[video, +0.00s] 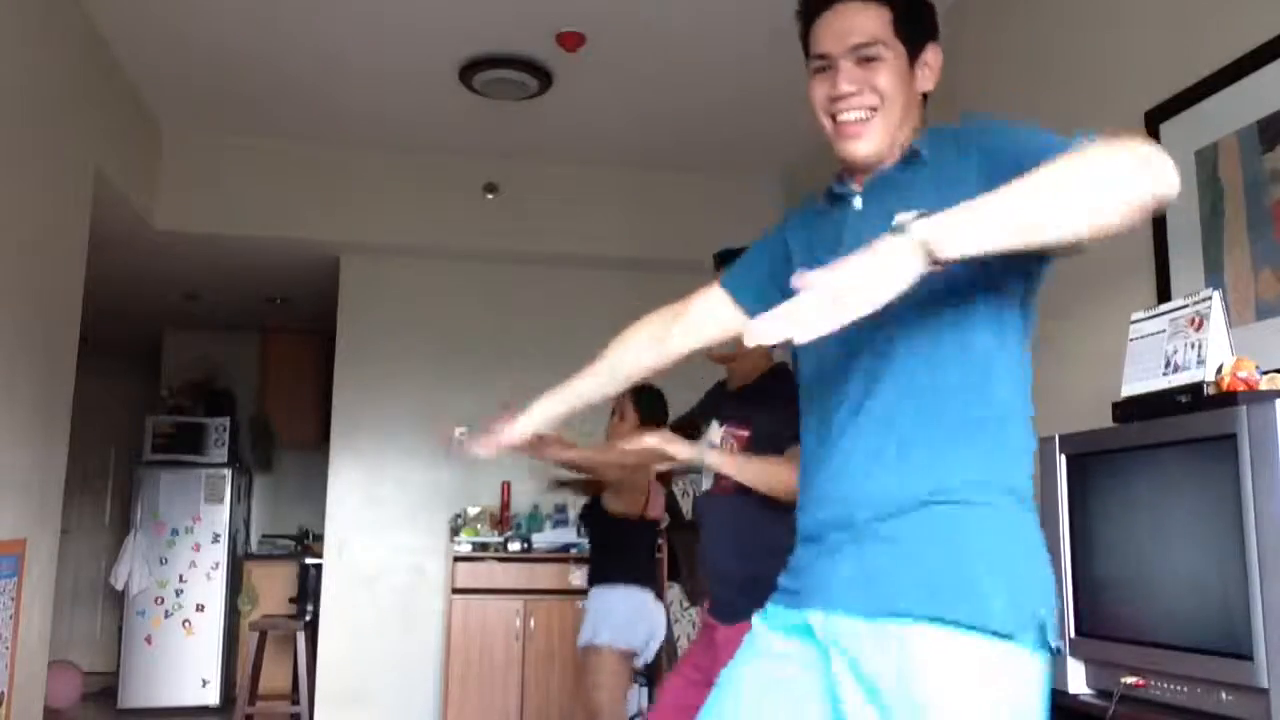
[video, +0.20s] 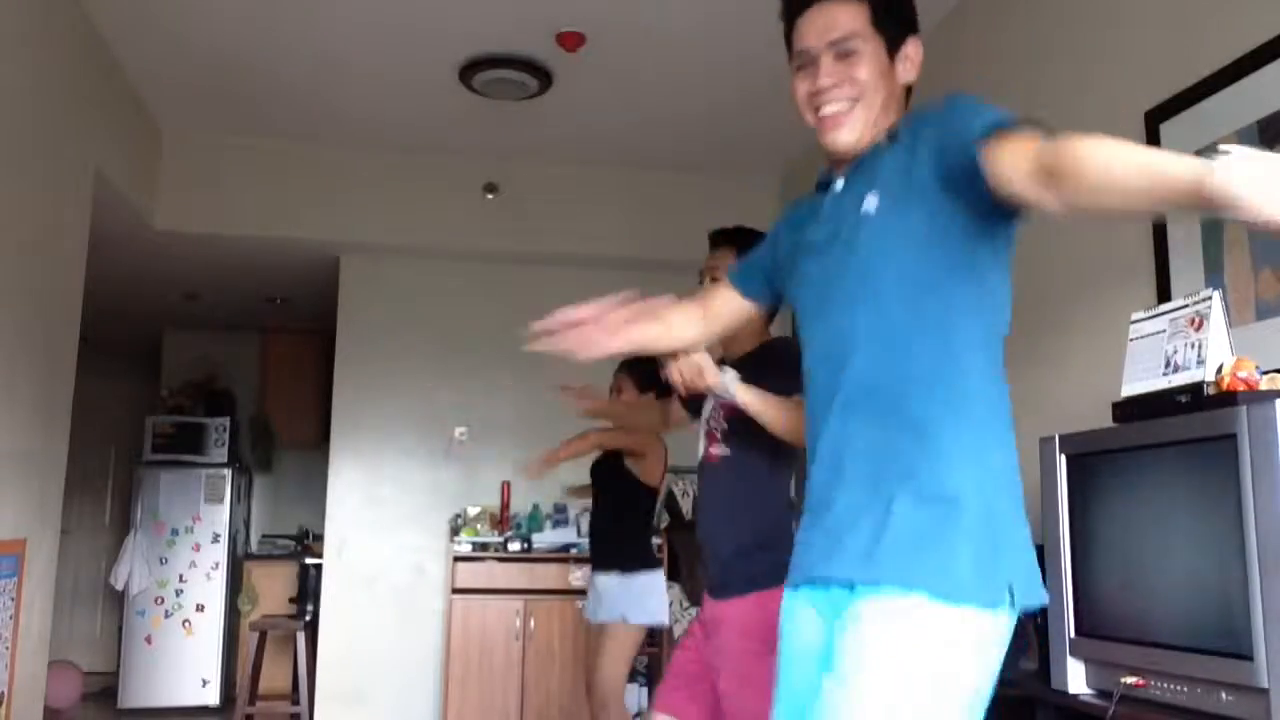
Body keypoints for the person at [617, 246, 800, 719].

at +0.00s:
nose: (715, 324)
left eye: (730, 308)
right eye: (713, 310)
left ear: (763, 318)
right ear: (706, 322)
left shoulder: (794, 391)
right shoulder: (721, 396)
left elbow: (800, 481)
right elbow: (664, 449)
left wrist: (699, 454)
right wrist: (573, 455)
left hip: (772, 622)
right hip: (716, 619)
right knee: (665, 711)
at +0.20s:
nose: (707, 290)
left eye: (719, 277)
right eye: (705, 278)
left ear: (760, 285)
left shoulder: (785, 356)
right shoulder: (719, 369)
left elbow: (811, 430)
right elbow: (667, 413)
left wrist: (731, 384)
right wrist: (604, 409)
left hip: (765, 594)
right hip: (718, 597)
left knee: (752, 712)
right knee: (672, 710)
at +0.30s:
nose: (707, 305)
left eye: (720, 292)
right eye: (706, 292)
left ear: (758, 299)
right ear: (703, 301)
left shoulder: (777, 376)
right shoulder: (708, 386)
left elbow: (804, 446)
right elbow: (653, 415)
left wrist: (740, 441)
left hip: (754, 587)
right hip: (716, 589)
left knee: (722, 710)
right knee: (709, 708)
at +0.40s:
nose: (719, 338)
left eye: (730, 324)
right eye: (713, 324)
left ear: (756, 330)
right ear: (708, 332)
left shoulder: (785, 397)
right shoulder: (718, 404)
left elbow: (807, 487)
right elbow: (663, 437)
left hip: (759, 611)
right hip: (719, 607)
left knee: (694, 711)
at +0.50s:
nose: (719, 325)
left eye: (735, 312)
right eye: (719, 310)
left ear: (768, 320)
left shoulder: (790, 391)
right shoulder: (716, 400)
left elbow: (802, 480)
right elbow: (656, 445)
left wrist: (689, 473)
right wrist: (565, 454)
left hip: (768, 606)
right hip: (717, 604)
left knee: (690, 708)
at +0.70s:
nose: (717, 286)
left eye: (729, 272)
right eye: (713, 274)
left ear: (768, 276)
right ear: (709, 280)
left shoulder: (798, 347)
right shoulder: (708, 361)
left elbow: (781, 433)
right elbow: (637, 437)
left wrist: (694, 417)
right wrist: (562, 437)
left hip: (772, 587)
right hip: (698, 583)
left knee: (766, 710)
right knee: (689, 710)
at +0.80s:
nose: (714, 307)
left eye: (730, 294)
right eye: (714, 293)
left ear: (769, 302)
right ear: (712, 299)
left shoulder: (803, 379)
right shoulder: (720, 386)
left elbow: (795, 478)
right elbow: (659, 460)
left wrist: (691, 451)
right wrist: (580, 447)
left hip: (778, 620)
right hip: (700, 613)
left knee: (776, 712)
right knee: (691, 713)